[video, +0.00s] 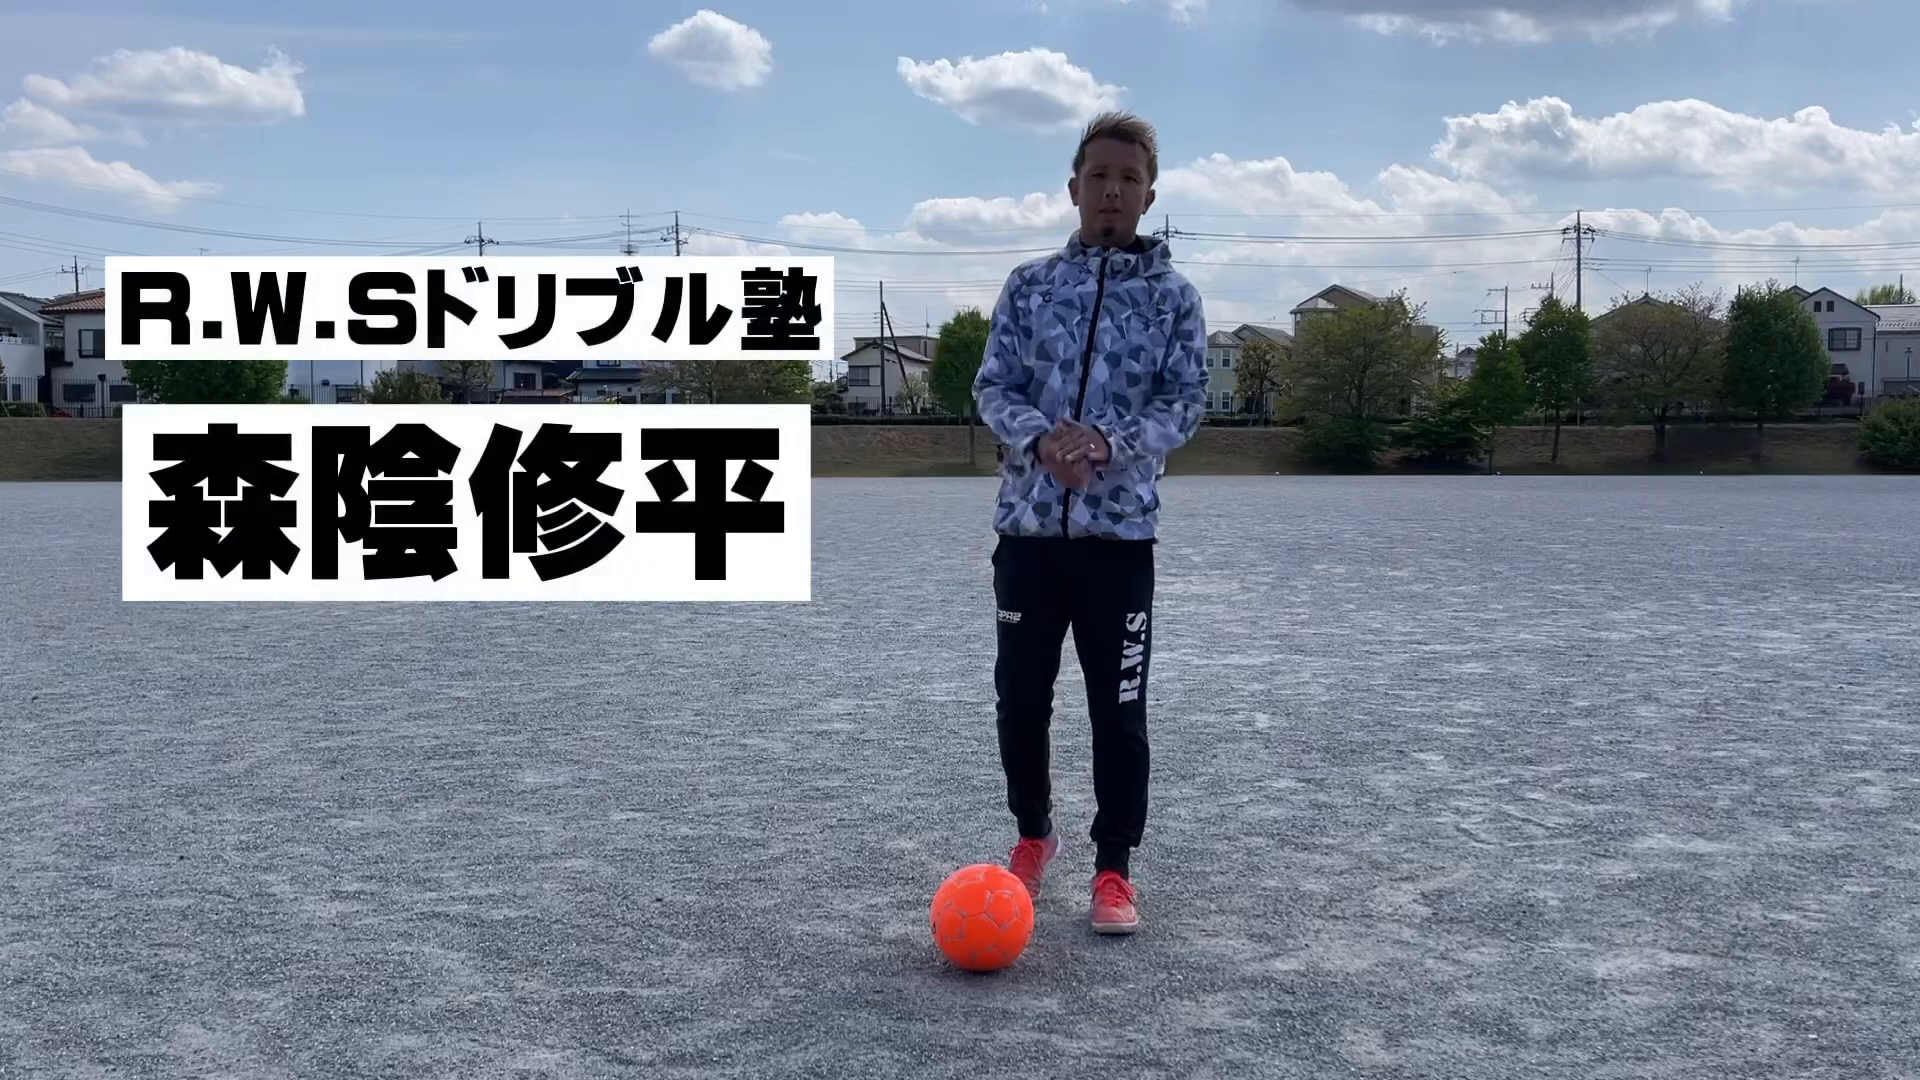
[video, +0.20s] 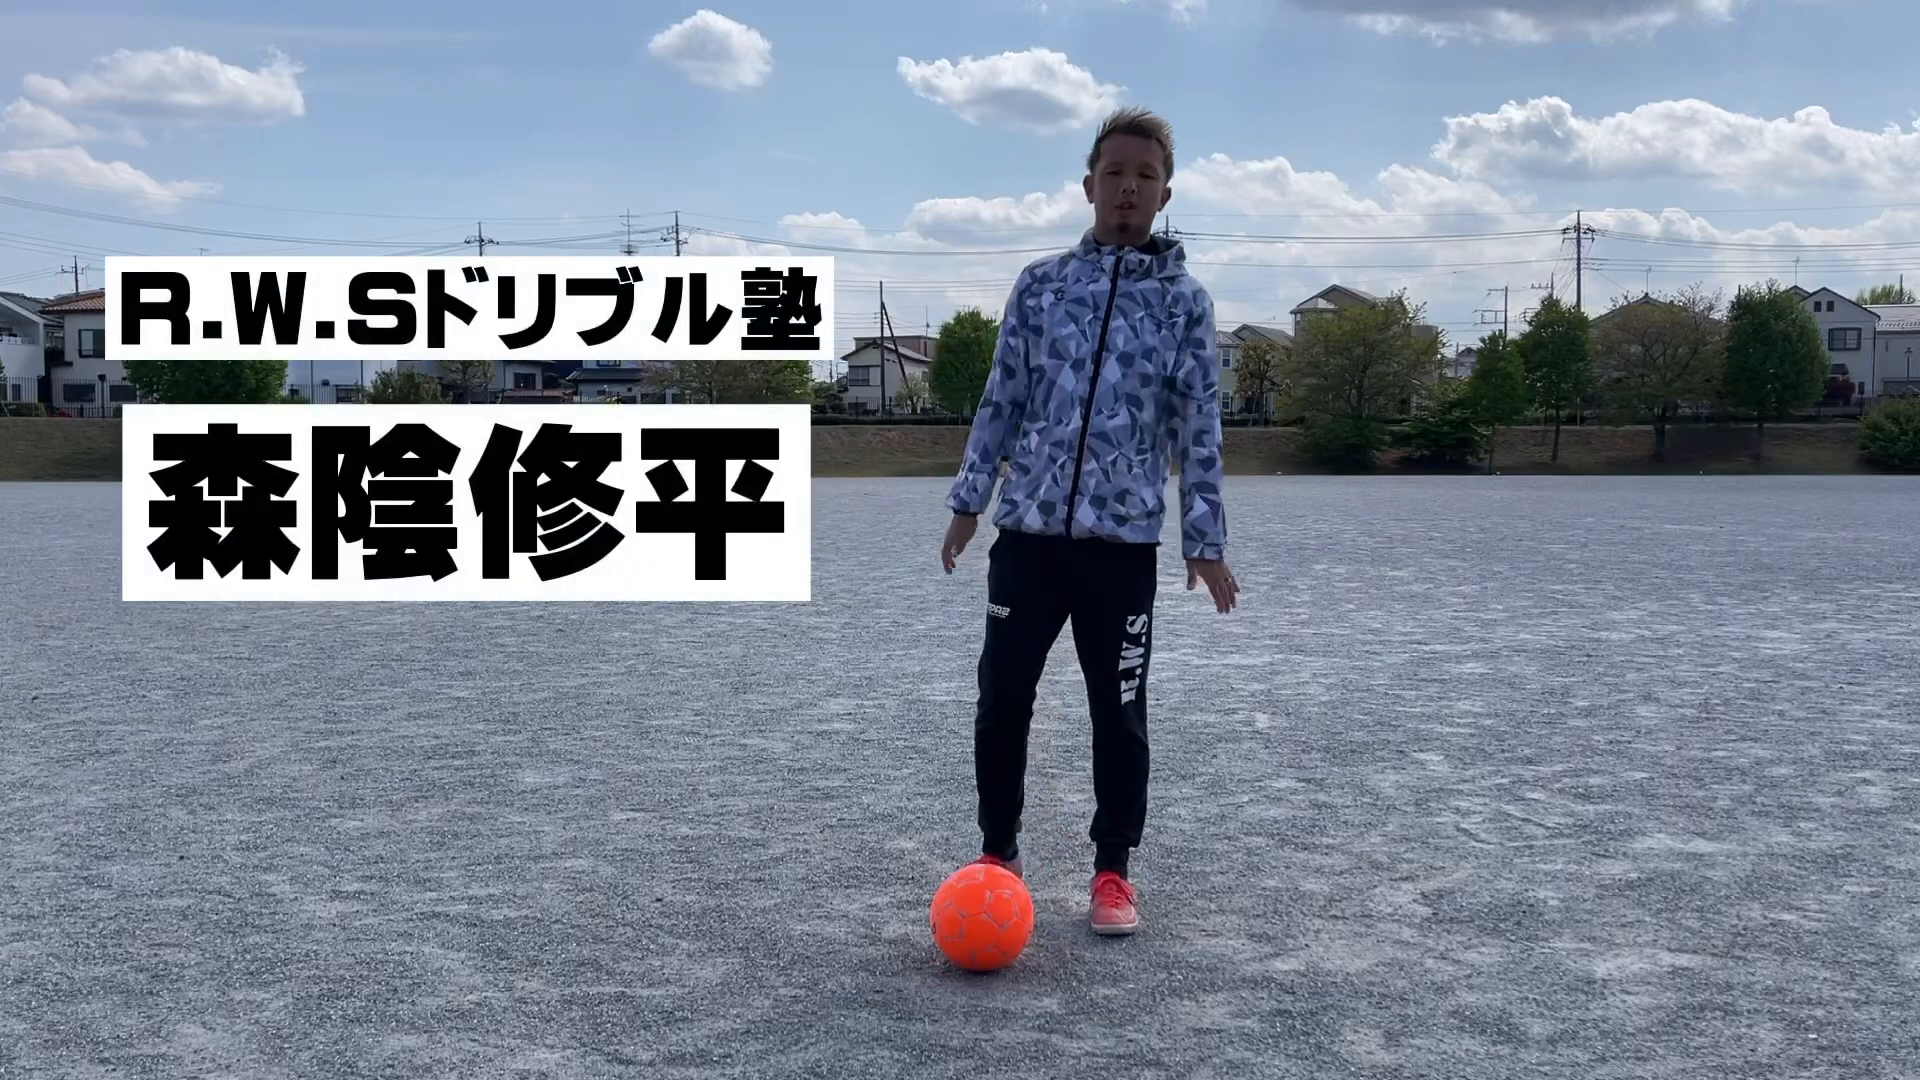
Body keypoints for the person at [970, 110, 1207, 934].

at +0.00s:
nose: (1113, 190)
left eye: (1129, 178)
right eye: (1099, 174)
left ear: (1149, 192)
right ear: (1074, 184)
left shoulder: (1173, 295)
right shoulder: (1030, 282)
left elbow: (1184, 404)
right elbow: (992, 389)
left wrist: (1112, 448)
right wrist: (1041, 435)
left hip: (1119, 532)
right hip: (1028, 527)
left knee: (1118, 705)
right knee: (1019, 698)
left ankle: (1114, 871)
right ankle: (1031, 836)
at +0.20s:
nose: (1129, 187)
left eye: (1145, 175)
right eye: (1115, 172)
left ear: (1166, 190)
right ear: (1090, 182)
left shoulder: (1183, 300)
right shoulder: (1041, 284)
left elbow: (1200, 429)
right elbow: (1000, 403)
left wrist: (1205, 539)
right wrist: (966, 499)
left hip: (1121, 539)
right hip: (1027, 531)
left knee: (1119, 712)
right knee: (1000, 704)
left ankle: (1111, 873)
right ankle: (998, 861)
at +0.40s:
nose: (1125, 180)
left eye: (1141, 167)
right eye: (1110, 165)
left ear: (1162, 185)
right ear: (1083, 179)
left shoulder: (1185, 298)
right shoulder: (1037, 281)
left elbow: (1235, 411)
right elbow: (990, 390)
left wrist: (1259, 515)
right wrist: (951, 483)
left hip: (1118, 543)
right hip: (1022, 534)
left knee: (1117, 716)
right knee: (987, 709)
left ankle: (1112, 874)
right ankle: (960, 868)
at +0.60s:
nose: (1101, 181)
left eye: (1117, 166)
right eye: (1084, 166)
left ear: (1137, 180)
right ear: (1057, 180)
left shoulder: (1166, 292)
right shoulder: (1017, 284)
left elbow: (1212, 407)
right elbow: (980, 405)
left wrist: (1233, 516)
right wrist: (958, 501)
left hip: (1109, 541)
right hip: (1012, 533)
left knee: (1113, 716)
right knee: (981, 714)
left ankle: (1111, 875)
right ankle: (959, 881)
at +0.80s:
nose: (1060, 176)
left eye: (1074, 161)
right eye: (1042, 163)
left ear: (1094, 175)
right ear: (1016, 180)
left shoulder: (1131, 289)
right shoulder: (981, 288)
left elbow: (1156, 411)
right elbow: (948, 409)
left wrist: (1145, 510)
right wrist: (947, 502)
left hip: (1093, 537)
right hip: (995, 536)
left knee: (1103, 716)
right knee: (974, 718)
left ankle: (1110, 872)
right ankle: (961, 882)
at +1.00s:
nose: (1010, 173)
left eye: (1023, 158)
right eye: (991, 161)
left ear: (1046, 171)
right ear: (967, 180)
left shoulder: (1093, 280)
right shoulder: (943, 292)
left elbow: (1130, 388)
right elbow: (910, 408)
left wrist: (1087, 471)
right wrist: (946, 466)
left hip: (1068, 541)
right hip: (974, 545)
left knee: (1091, 713)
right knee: (962, 719)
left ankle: (1108, 874)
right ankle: (961, 888)